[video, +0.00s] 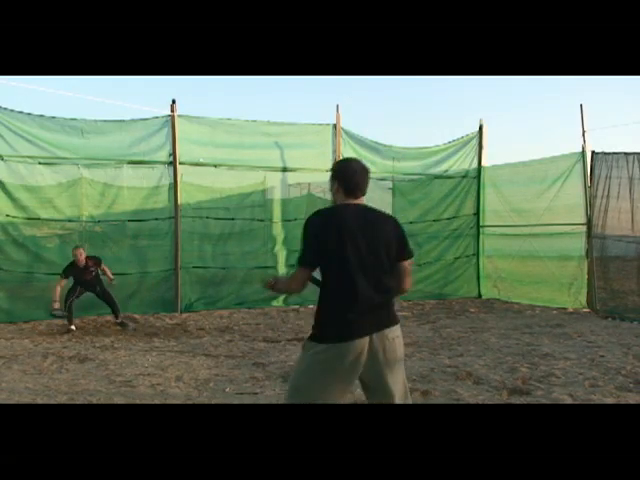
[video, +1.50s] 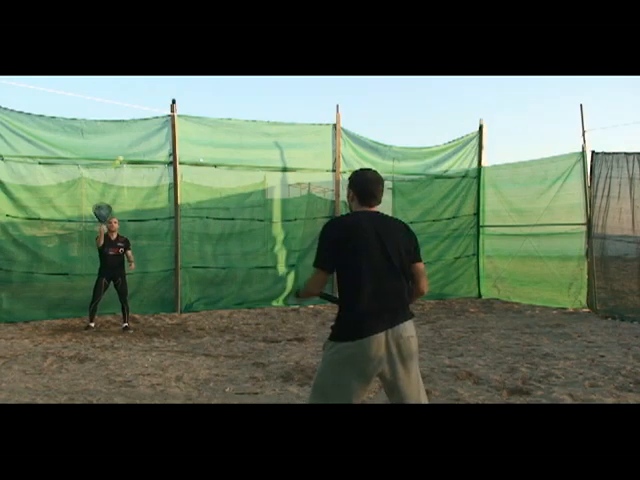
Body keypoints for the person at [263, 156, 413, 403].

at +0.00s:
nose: (330, 188)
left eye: (331, 183)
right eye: (332, 183)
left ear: (336, 186)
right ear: (365, 188)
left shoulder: (320, 221)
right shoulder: (389, 223)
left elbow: (298, 283)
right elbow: (404, 284)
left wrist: (279, 285)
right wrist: (370, 283)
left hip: (335, 339)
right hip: (386, 336)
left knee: (303, 398)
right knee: (394, 399)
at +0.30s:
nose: (267, 200)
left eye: (269, 195)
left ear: (274, 199)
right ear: (302, 197)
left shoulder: (266, 236)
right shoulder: (325, 227)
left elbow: (241, 293)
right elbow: (342, 267)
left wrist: (213, 295)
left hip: (300, 345)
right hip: (348, 337)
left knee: (266, 400)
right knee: (366, 399)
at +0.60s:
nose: (210, 226)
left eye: (210, 221)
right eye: (210, 221)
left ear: (215, 224)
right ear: (244, 214)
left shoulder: (231, 255)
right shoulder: (266, 229)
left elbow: (230, 323)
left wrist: (194, 374)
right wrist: (221, 251)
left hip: (299, 339)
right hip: (341, 321)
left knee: (263, 399)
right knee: (371, 398)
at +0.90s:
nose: (236, 219)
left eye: (235, 214)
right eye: (236, 213)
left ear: (240, 218)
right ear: (267, 210)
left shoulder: (255, 248)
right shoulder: (289, 229)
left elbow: (272, 312)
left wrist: (247, 365)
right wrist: (260, 325)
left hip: (318, 341)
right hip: (356, 323)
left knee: (271, 400)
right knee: (384, 398)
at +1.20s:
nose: (320, 203)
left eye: (321, 199)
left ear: (323, 203)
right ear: (352, 202)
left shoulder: (318, 238)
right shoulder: (377, 234)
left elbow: (323, 300)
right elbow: (396, 289)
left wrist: (307, 339)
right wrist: (389, 315)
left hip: (349, 345)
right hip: (394, 337)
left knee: (304, 399)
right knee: (400, 400)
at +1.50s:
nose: (347, 194)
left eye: (348, 191)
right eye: (349, 191)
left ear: (351, 194)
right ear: (380, 197)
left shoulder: (336, 228)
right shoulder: (400, 228)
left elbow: (316, 286)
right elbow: (421, 287)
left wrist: (303, 293)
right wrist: (395, 299)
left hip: (356, 338)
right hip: (403, 332)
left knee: (326, 399)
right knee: (413, 399)